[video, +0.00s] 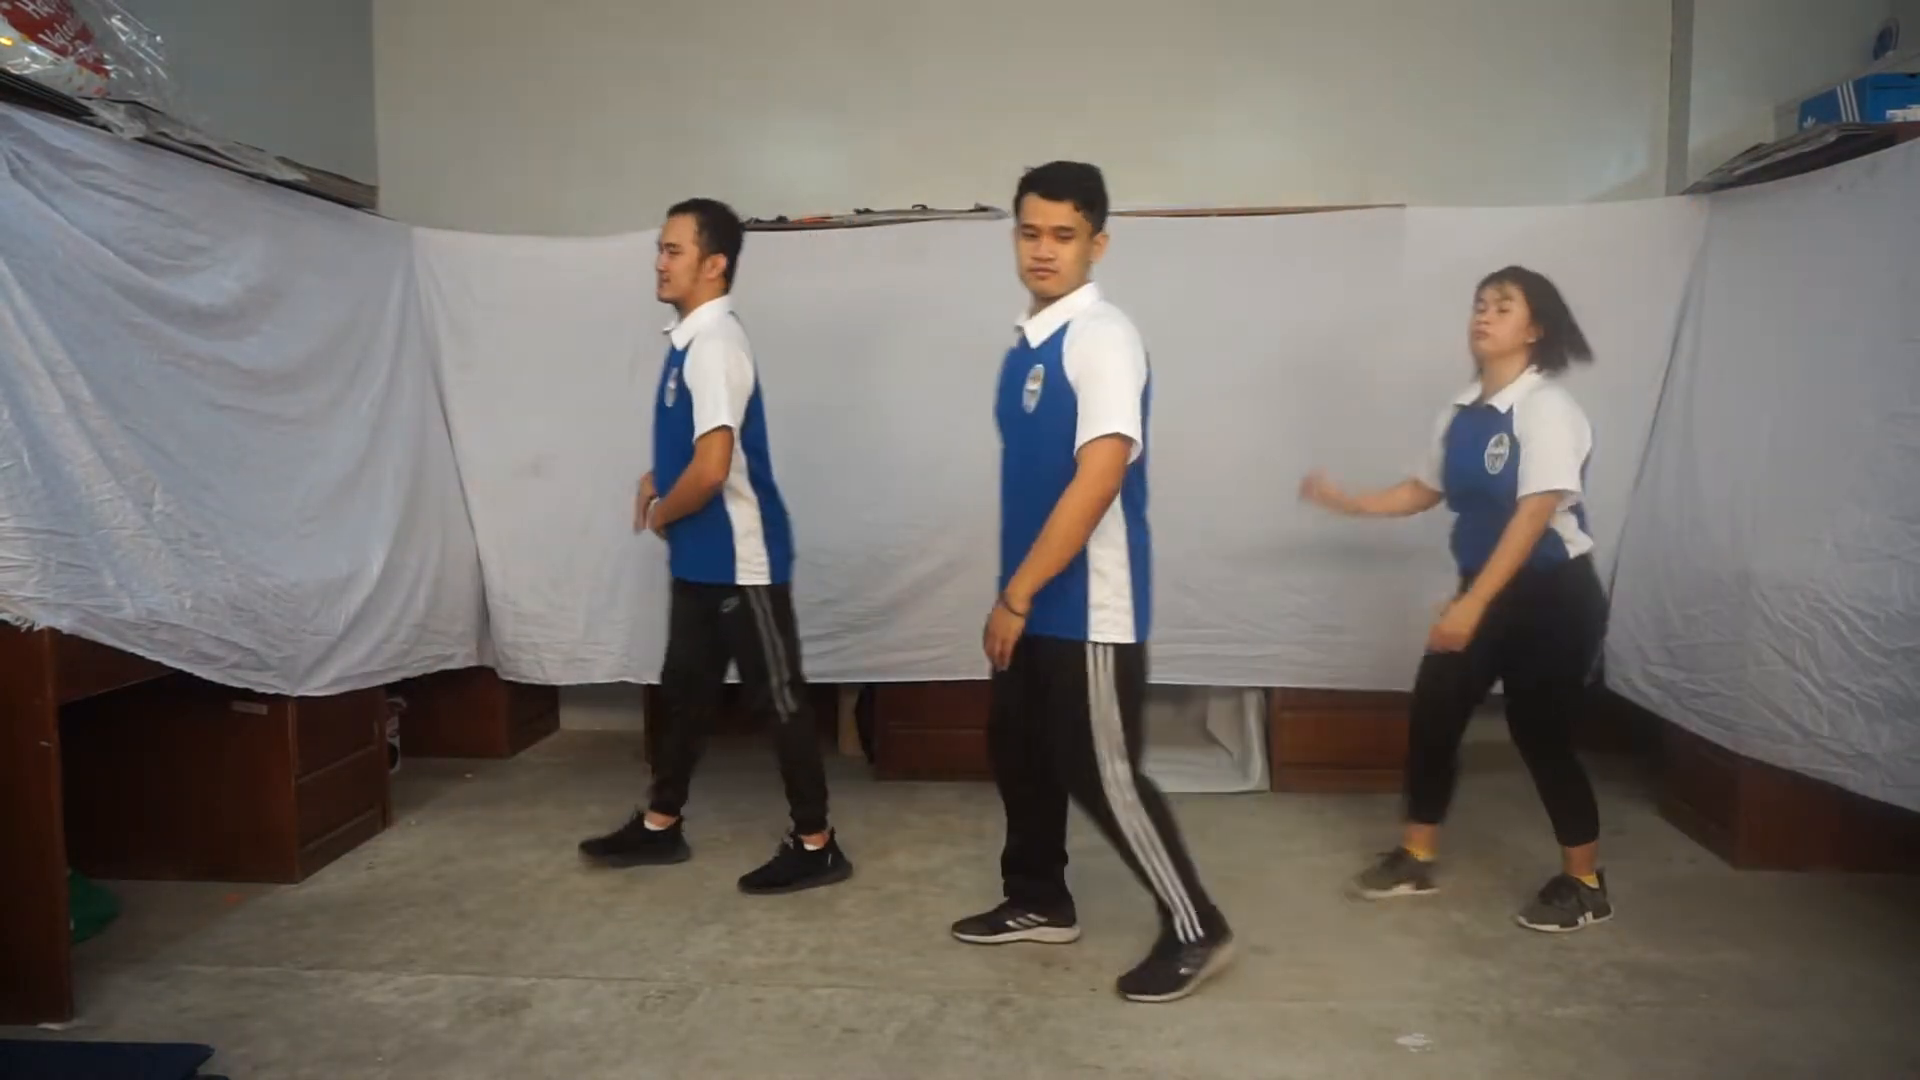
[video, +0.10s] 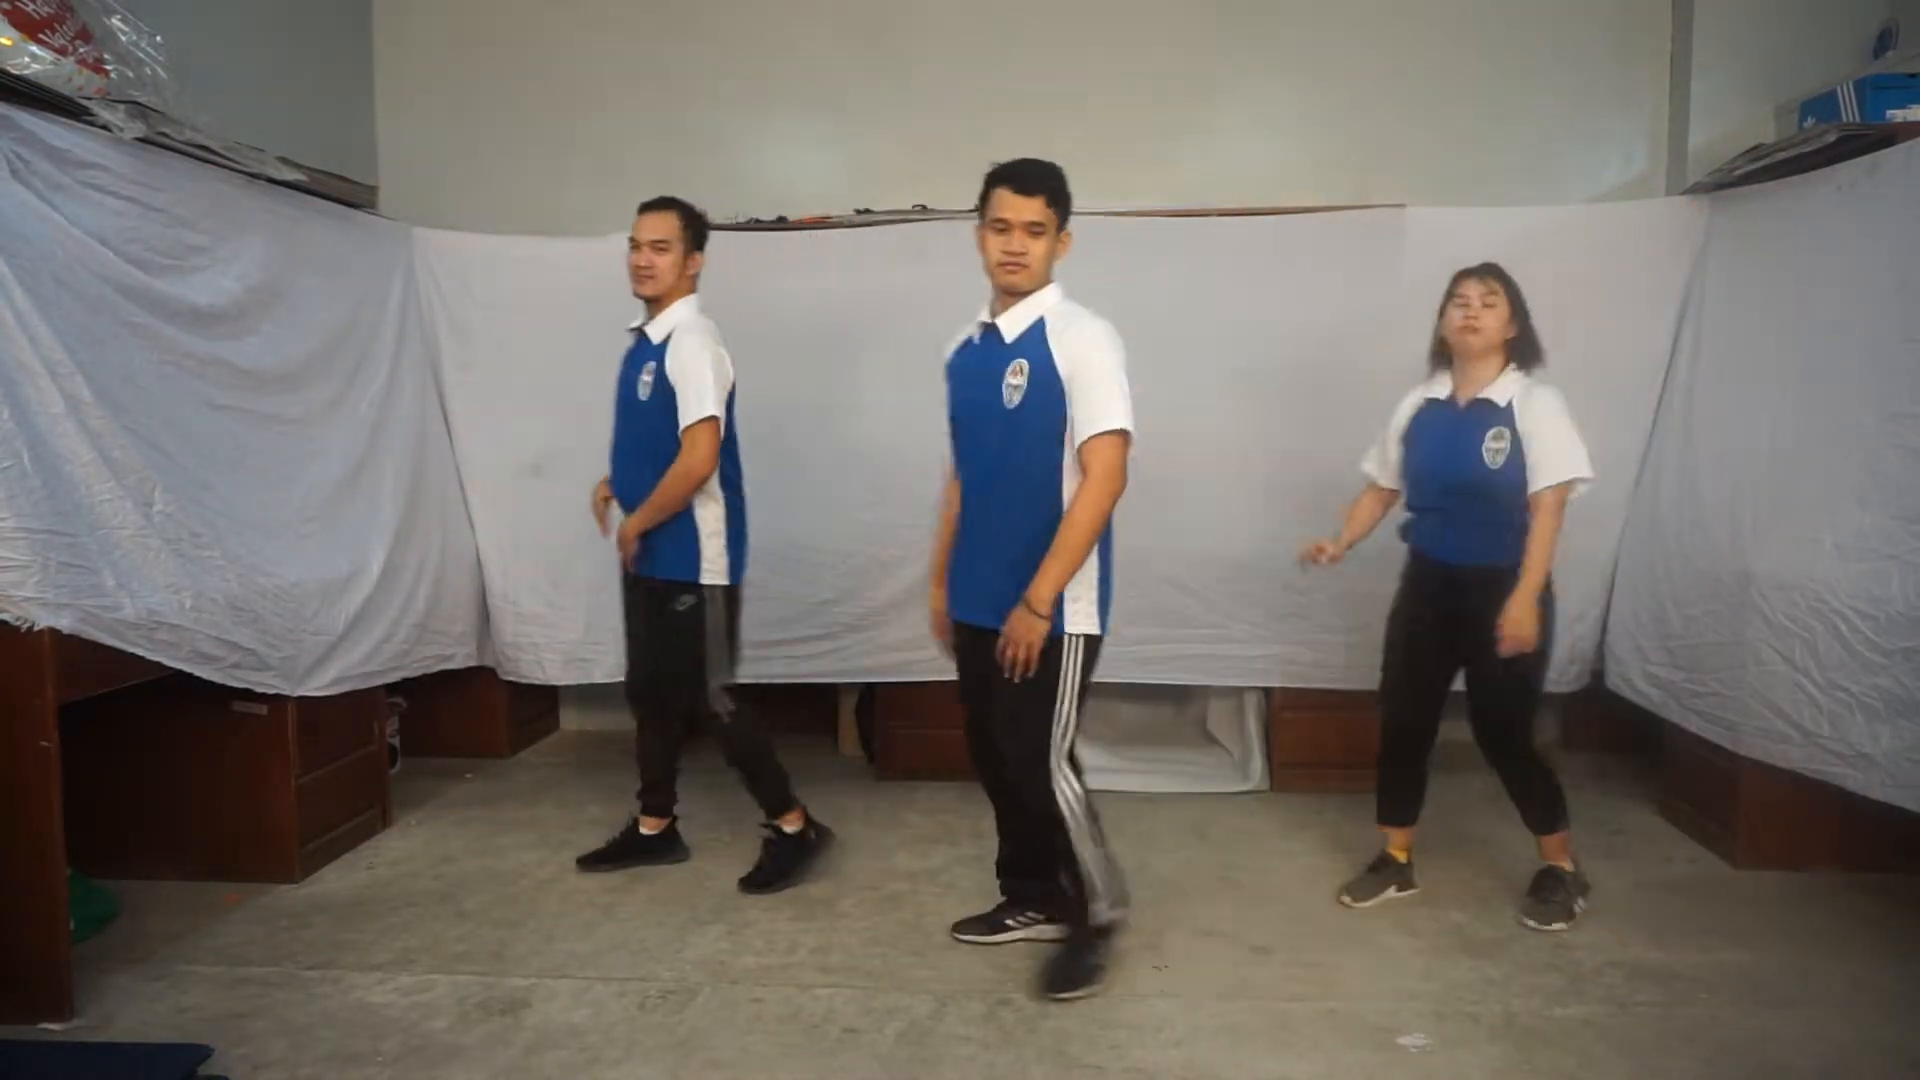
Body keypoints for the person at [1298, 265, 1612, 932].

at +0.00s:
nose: (1483, 317)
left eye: (1501, 308)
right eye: (1479, 308)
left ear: (1536, 329)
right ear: (1472, 325)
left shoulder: (1548, 409)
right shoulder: (1461, 413)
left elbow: (1534, 517)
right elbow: (1426, 491)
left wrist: (1473, 602)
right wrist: (1349, 502)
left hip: (1552, 590)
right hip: (1480, 588)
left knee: (1538, 726)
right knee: (1434, 708)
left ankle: (1584, 881)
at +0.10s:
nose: (1469, 312)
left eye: (1485, 304)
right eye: (1458, 304)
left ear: (1512, 324)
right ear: (1441, 322)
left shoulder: (1533, 400)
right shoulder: (1420, 403)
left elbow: (1549, 506)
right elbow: (1382, 488)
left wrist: (1526, 597)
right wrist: (1342, 540)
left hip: (1503, 589)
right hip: (1426, 584)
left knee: (1505, 736)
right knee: (1403, 722)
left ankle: (1560, 867)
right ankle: (1394, 859)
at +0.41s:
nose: (1419, 317)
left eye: (1420, 309)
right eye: (1401, 308)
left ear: (1425, 327)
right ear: (1364, 328)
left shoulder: (1452, 409)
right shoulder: (1335, 408)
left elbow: (1505, 497)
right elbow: (1275, 489)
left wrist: (1589, 548)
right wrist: (1279, 534)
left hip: (1424, 589)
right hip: (1344, 584)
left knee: (1449, 722)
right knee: (1341, 729)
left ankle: (1448, 862)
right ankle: (1271, 855)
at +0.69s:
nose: (1341, 337)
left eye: (1342, 324)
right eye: (1336, 325)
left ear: (1274, 319)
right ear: (1316, 327)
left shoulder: (1261, 383)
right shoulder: (1303, 401)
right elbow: (1324, 514)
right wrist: (1365, 548)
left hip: (1251, 571)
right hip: (1262, 581)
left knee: (1317, 699)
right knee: (1279, 713)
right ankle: (1254, 859)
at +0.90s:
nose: (1293, 334)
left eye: (1285, 320)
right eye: (1289, 323)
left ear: (1219, 329)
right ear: (1280, 334)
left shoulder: (1189, 386)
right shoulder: (1282, 410)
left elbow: (1177, 310)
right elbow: (1311, 513)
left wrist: (1188, 244)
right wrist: (1264, 506)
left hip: (1175, 574)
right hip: (1228, 587)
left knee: (1167, 693)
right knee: (1278, 717)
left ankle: (1085, 811)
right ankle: (1257, 859)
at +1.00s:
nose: (1269, 346)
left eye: (1258, 334)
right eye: (1266, 337)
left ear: (1196, 338)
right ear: (1258, 347)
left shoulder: (1168, 392)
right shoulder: (1266, 425)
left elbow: (1162, 307)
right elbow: (1288, 516)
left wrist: (1145, 234)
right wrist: (1237, 507)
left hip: (1142, 577)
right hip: (1201, 596)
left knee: (1122, 692)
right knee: (1277, 717)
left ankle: (1064, 820)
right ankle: (1257, 860)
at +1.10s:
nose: (1253, 360)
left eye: (1244, 346)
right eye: (1249, 349)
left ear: (1181, 345)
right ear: (1240, 360)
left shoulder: (1149, 399)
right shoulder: (1252, 437)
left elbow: (1148, 312)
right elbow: (1273, 521)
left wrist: (1140, 234)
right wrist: (1217, 511)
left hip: (1122, 583)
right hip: (1184, 603)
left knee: (1102, 703)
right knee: (1272, 714)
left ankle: (1056, 834)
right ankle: (1258, 860)